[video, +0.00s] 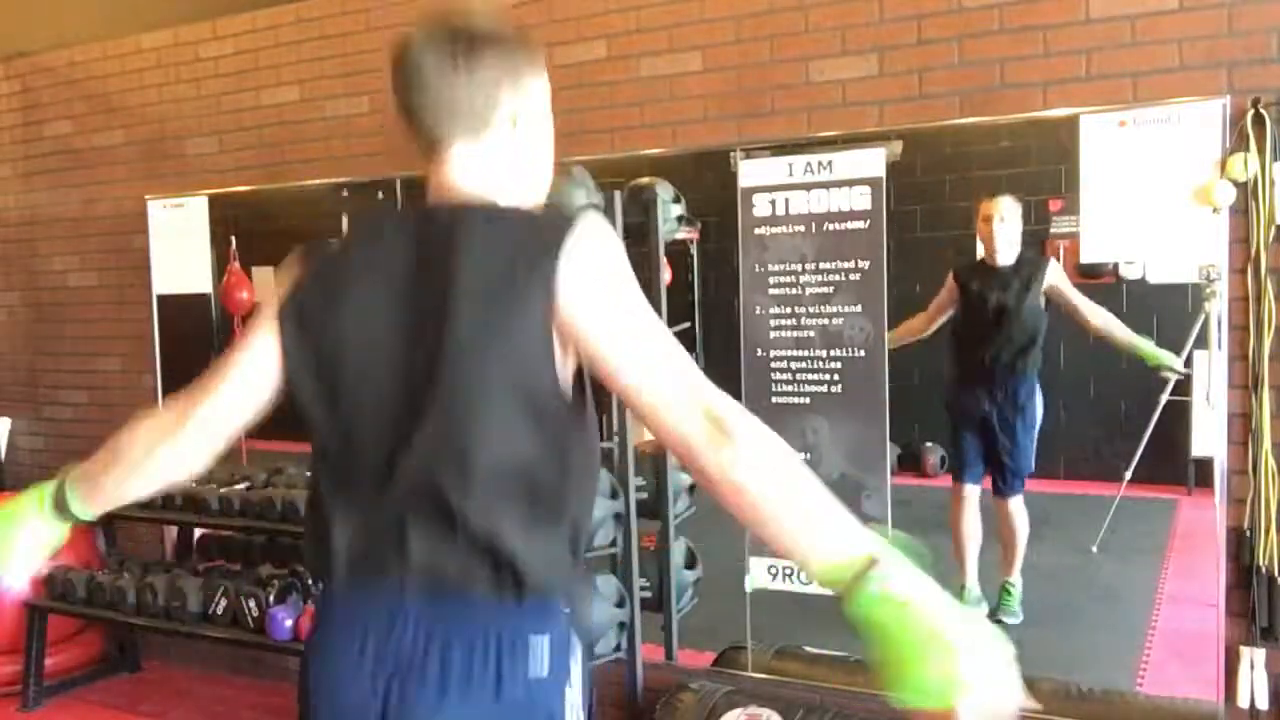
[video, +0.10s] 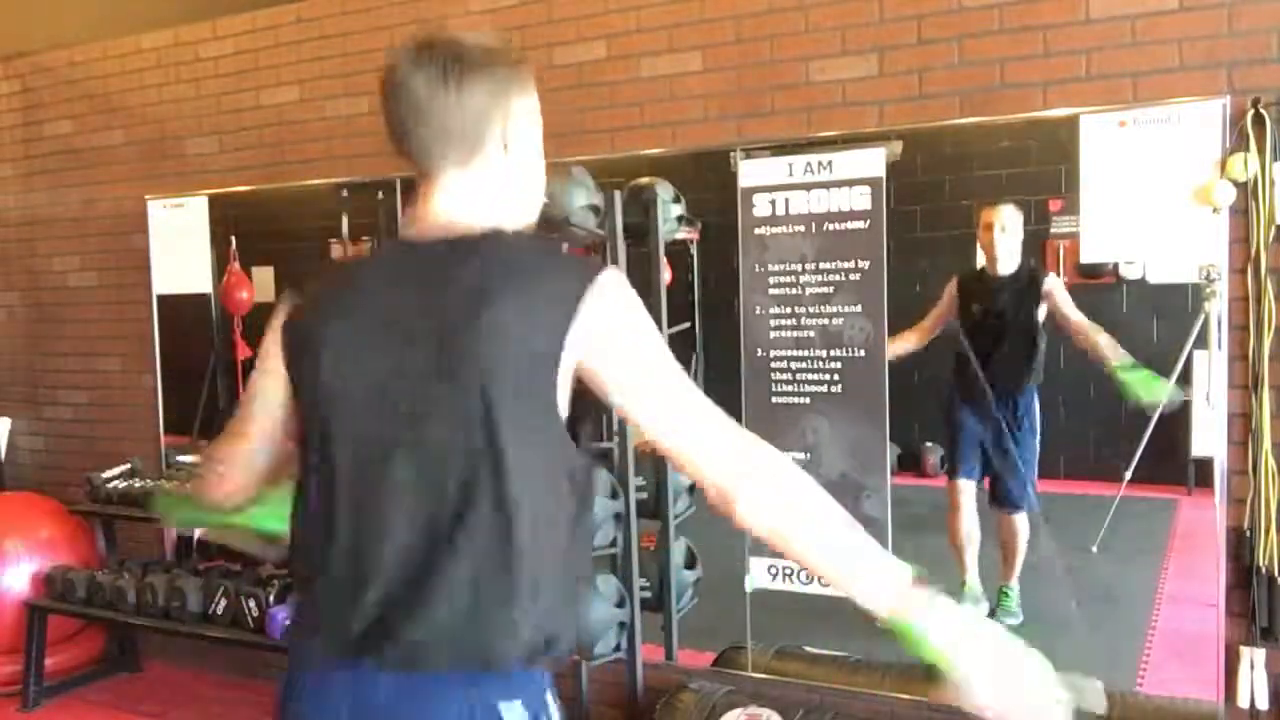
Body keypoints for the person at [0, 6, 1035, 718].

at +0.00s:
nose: (555, 138)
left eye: (545, 119)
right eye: (551, 118)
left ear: (409, 132)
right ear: (528, 121)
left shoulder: (323, 280)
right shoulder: (566, 258)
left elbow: (192, 426)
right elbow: (711, 434)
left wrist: (56, 505)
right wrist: (888, 587)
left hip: (350, 650)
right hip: (512, 653)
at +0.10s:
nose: (548, 147)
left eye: (538, 124)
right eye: (540, 123)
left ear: (406, 149)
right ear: (524, 133)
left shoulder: (312, 310)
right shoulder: (573, 293)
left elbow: (223, 483)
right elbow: (733, 471)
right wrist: (924, 615)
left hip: (331, 683)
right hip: (498, 686)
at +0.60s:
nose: (504, 63)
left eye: (498, 35)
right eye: (496, 32)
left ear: (368, 50)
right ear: (466, 35)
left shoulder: (325, 209)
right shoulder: (513, 203)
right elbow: (579, 460)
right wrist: (671, 460)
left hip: (313, 587)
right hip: (448, 610)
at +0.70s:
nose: (502, 45)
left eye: (496, 22)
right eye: (495, 21)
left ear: (369, 46)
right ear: (467, 26)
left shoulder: (308, 194)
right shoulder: (504, 176)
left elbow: (259, 421)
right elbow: (569, 427)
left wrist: (257, 529)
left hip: (329, 560)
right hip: (468, 570)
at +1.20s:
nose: (531, 132)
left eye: (525, 105)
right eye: (525, 105)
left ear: (396, 119)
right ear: (497, 108)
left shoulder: (309, 272)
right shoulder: (526, 256)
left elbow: (247, 506)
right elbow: (586, 499)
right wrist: (788, 527)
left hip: (365, 641)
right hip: (517, 636)